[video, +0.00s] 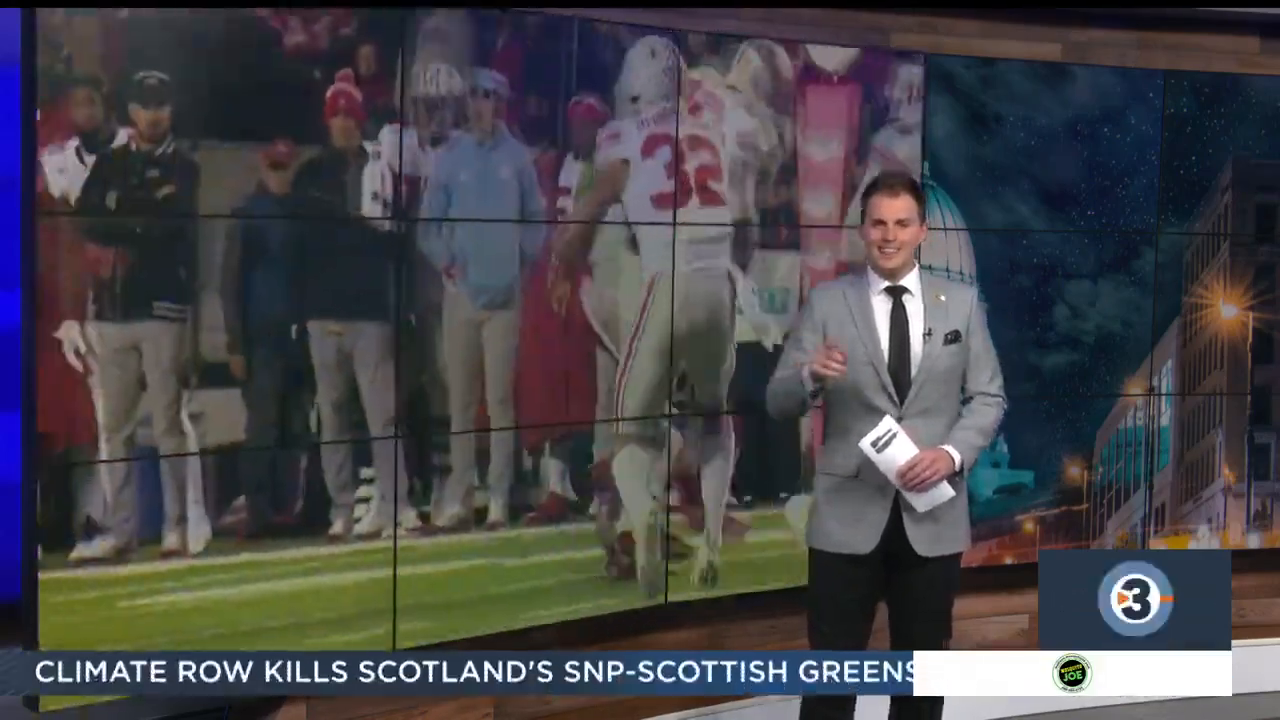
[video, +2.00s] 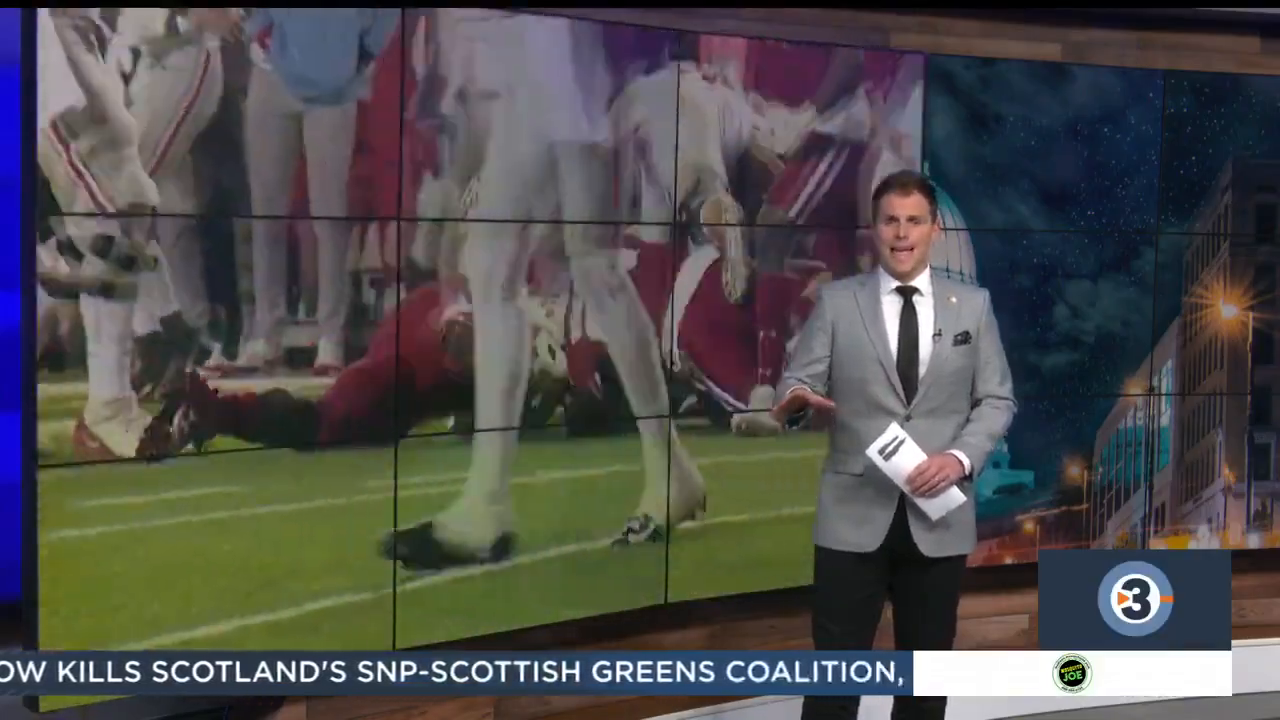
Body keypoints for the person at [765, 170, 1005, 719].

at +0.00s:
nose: (887, 234)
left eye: (901, 223)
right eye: (876, 222)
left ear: (922, 230)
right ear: (862, 230)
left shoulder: (961, 301)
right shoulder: (825, 302)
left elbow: (987, 398)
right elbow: (777, 402)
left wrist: (952, 453)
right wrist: (809, 376)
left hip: (931, 514)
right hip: (846, 512)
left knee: (924, 674)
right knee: (831, 674)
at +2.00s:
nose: (901, 233)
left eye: (914, 220)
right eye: (890, 221)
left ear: (935, 229)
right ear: (875, 230)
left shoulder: (972, 304)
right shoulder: (837, 300)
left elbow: (997, 401)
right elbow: (796, 381)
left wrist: (960, 457)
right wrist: (798, 400)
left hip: (937, 515)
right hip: (853, 513)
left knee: (928, 674)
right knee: (835, 671)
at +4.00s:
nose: (907, 230)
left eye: (917, 218)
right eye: (894, 219)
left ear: (932, 228)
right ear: (872, 230)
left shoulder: (969, 302)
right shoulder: (836, 301)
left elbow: (989, 401)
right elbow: (799, 396)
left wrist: (941, 422)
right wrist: (832, 405)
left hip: (935, 509)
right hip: (849, 507)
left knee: (927, 668)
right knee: (833, 666)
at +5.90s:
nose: (886, 232)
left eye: (898, 221)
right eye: (875, 221)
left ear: (919, 228)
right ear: (860, 230)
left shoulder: (961, 303)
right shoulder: (823, 302)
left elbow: (978, 401)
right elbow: (793, 394)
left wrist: (930, 441)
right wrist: (822, 416)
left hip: (926, 513)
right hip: (840, 512)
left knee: (921, 673)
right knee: (826, 673)